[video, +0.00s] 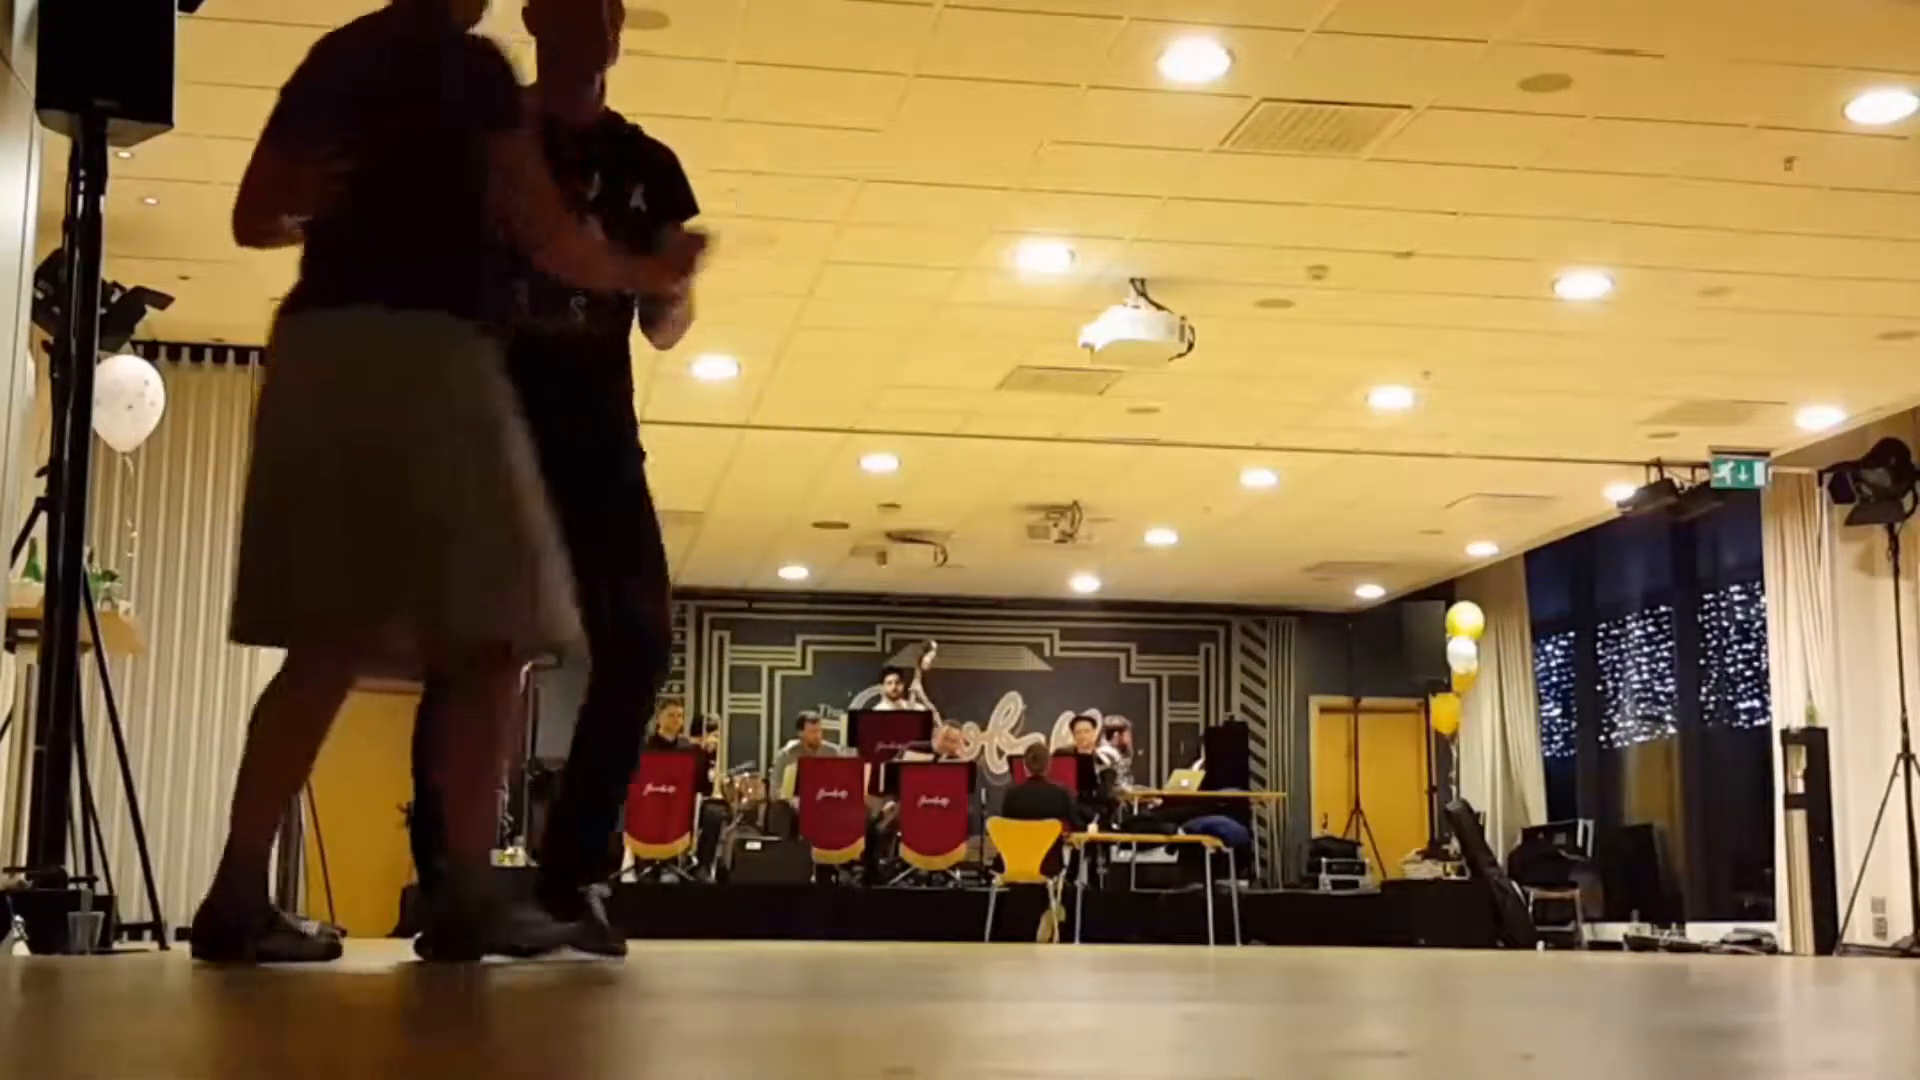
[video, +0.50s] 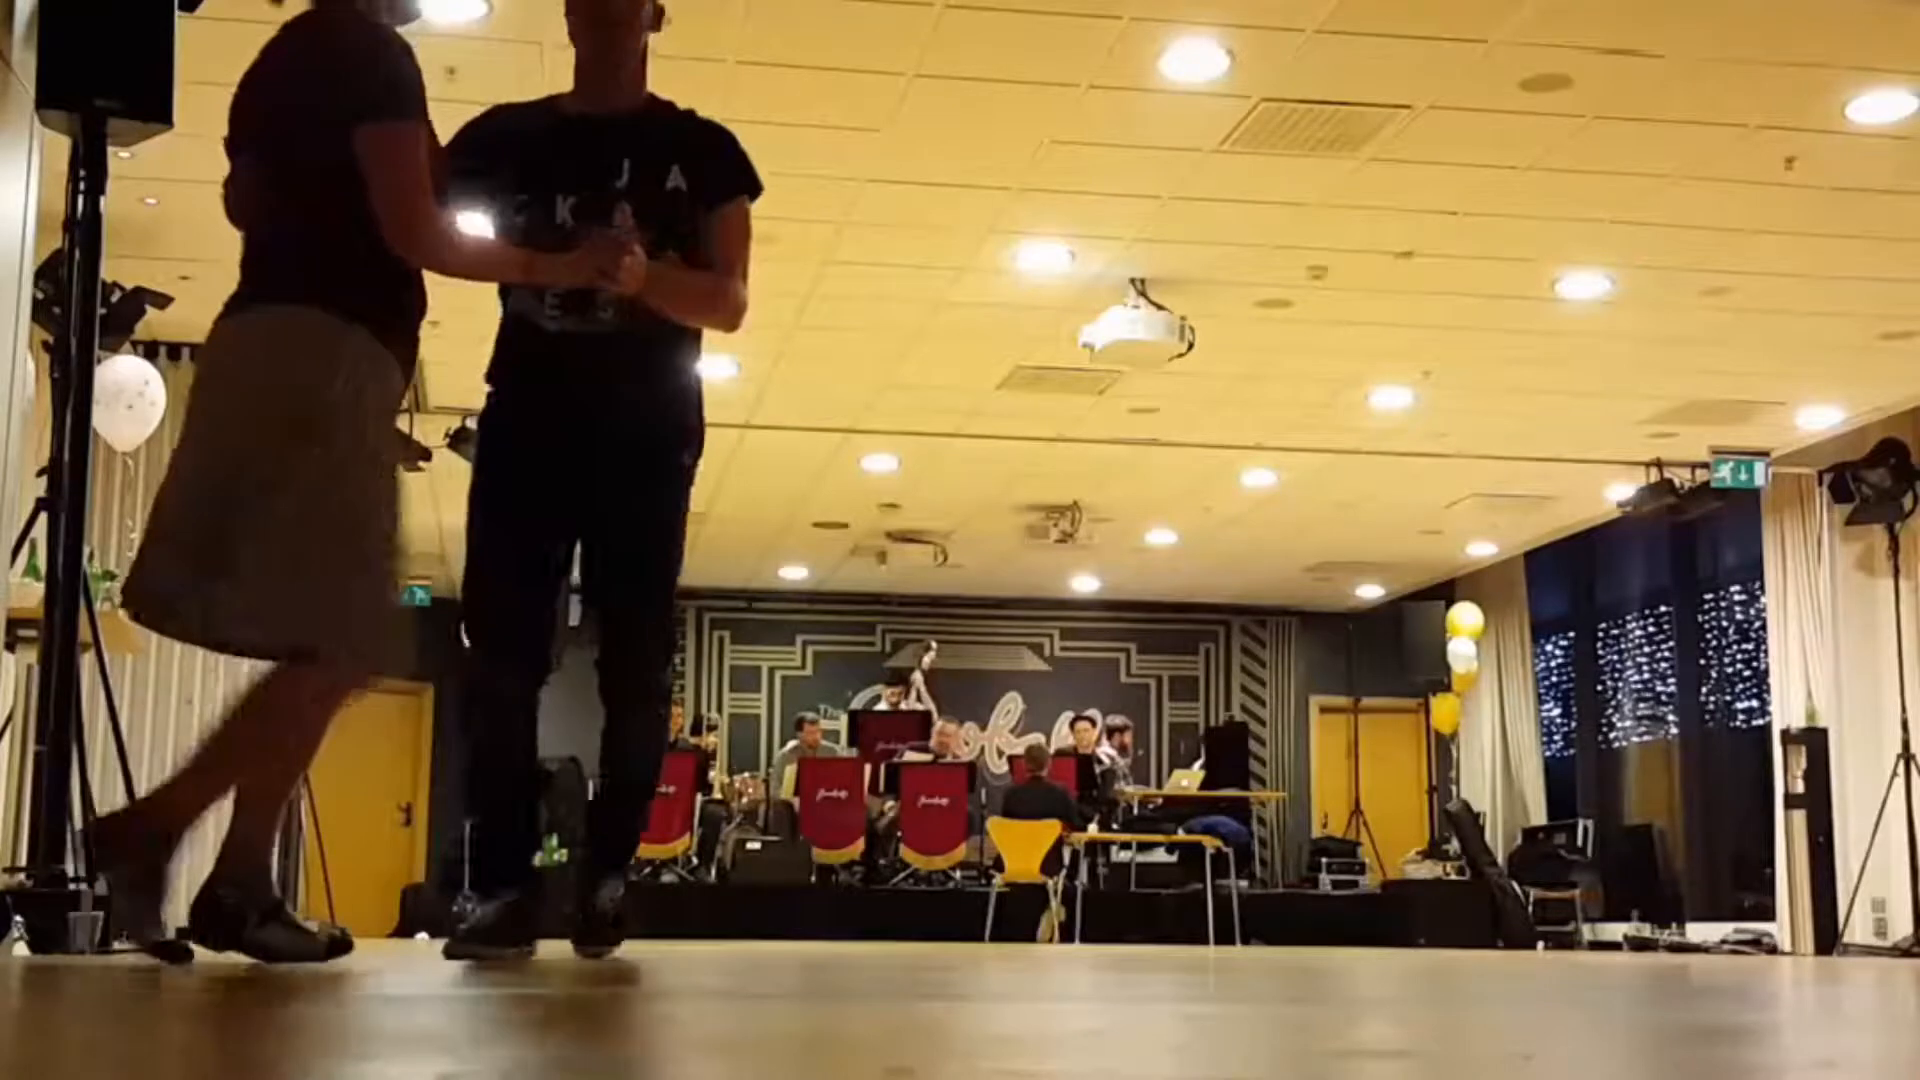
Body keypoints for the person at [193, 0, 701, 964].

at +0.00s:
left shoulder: (332, 58)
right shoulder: (477, 66)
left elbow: (256, 218)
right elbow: (549, 237)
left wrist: (355, 187)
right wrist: (649, 272)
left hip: (319, 357)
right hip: (433, 363)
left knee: (327, 642)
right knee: (490, 636)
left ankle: (236, 899)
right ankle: (472, 901)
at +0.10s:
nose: (464, 2)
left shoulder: (299, 62)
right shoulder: (434, 66)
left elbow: (251, 229)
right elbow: (470, 253)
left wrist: (364, 219)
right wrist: (585, 283)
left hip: (278, 352)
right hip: (385, 363)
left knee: (305, 641)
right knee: (442, 644)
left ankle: (236, 896)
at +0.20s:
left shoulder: (275, 45)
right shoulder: (403, 42)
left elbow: (247, 220)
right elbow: (430, 224)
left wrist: (375, 241)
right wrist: (555, 263)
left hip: (255, 340)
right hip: (351, 346)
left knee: (291, 635)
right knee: (351, 637)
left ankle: (233, 899)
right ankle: (142, 835)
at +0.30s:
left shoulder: (263, 45)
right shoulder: (384, 36)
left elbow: (246, 209)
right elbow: (421, 220)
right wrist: (555, 253)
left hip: (249, 331)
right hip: (326, 340)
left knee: (300, 635)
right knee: (266, 628)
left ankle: (233, 885)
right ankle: (82, 864)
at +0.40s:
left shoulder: (272, 45)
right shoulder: (374, 39)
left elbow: (232, 193)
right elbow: (420, 224)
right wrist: (555, 255)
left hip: (257, 342)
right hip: (308, 347)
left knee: (329, 632)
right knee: (265, 630)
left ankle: (241, 875)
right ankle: (84, 862)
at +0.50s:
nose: (435, 6)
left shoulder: (276, 59)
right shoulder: (373, 52)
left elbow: (248, 210)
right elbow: (416, 233)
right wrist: (556, 265)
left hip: (261, 354)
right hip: (325, 361)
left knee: (325, 643)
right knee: (344, 644)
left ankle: (244, 884)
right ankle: (144, 834)